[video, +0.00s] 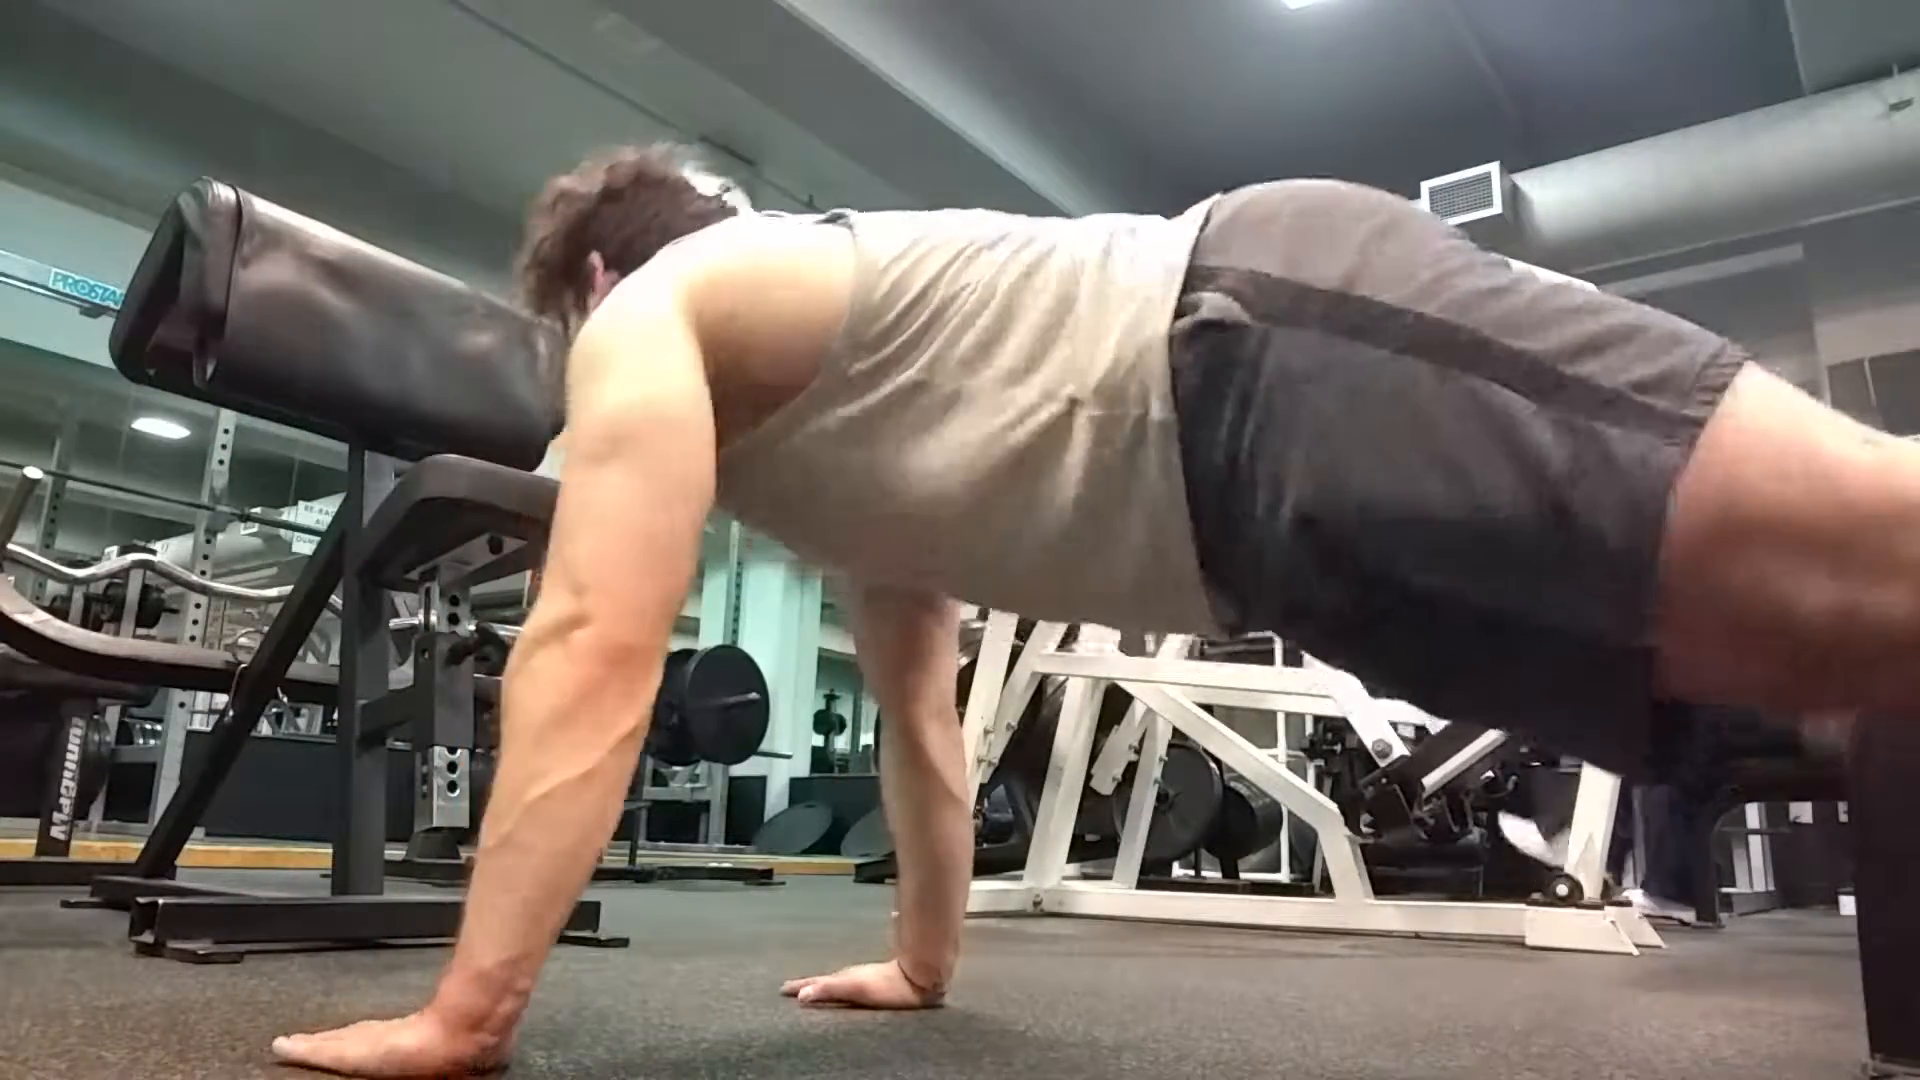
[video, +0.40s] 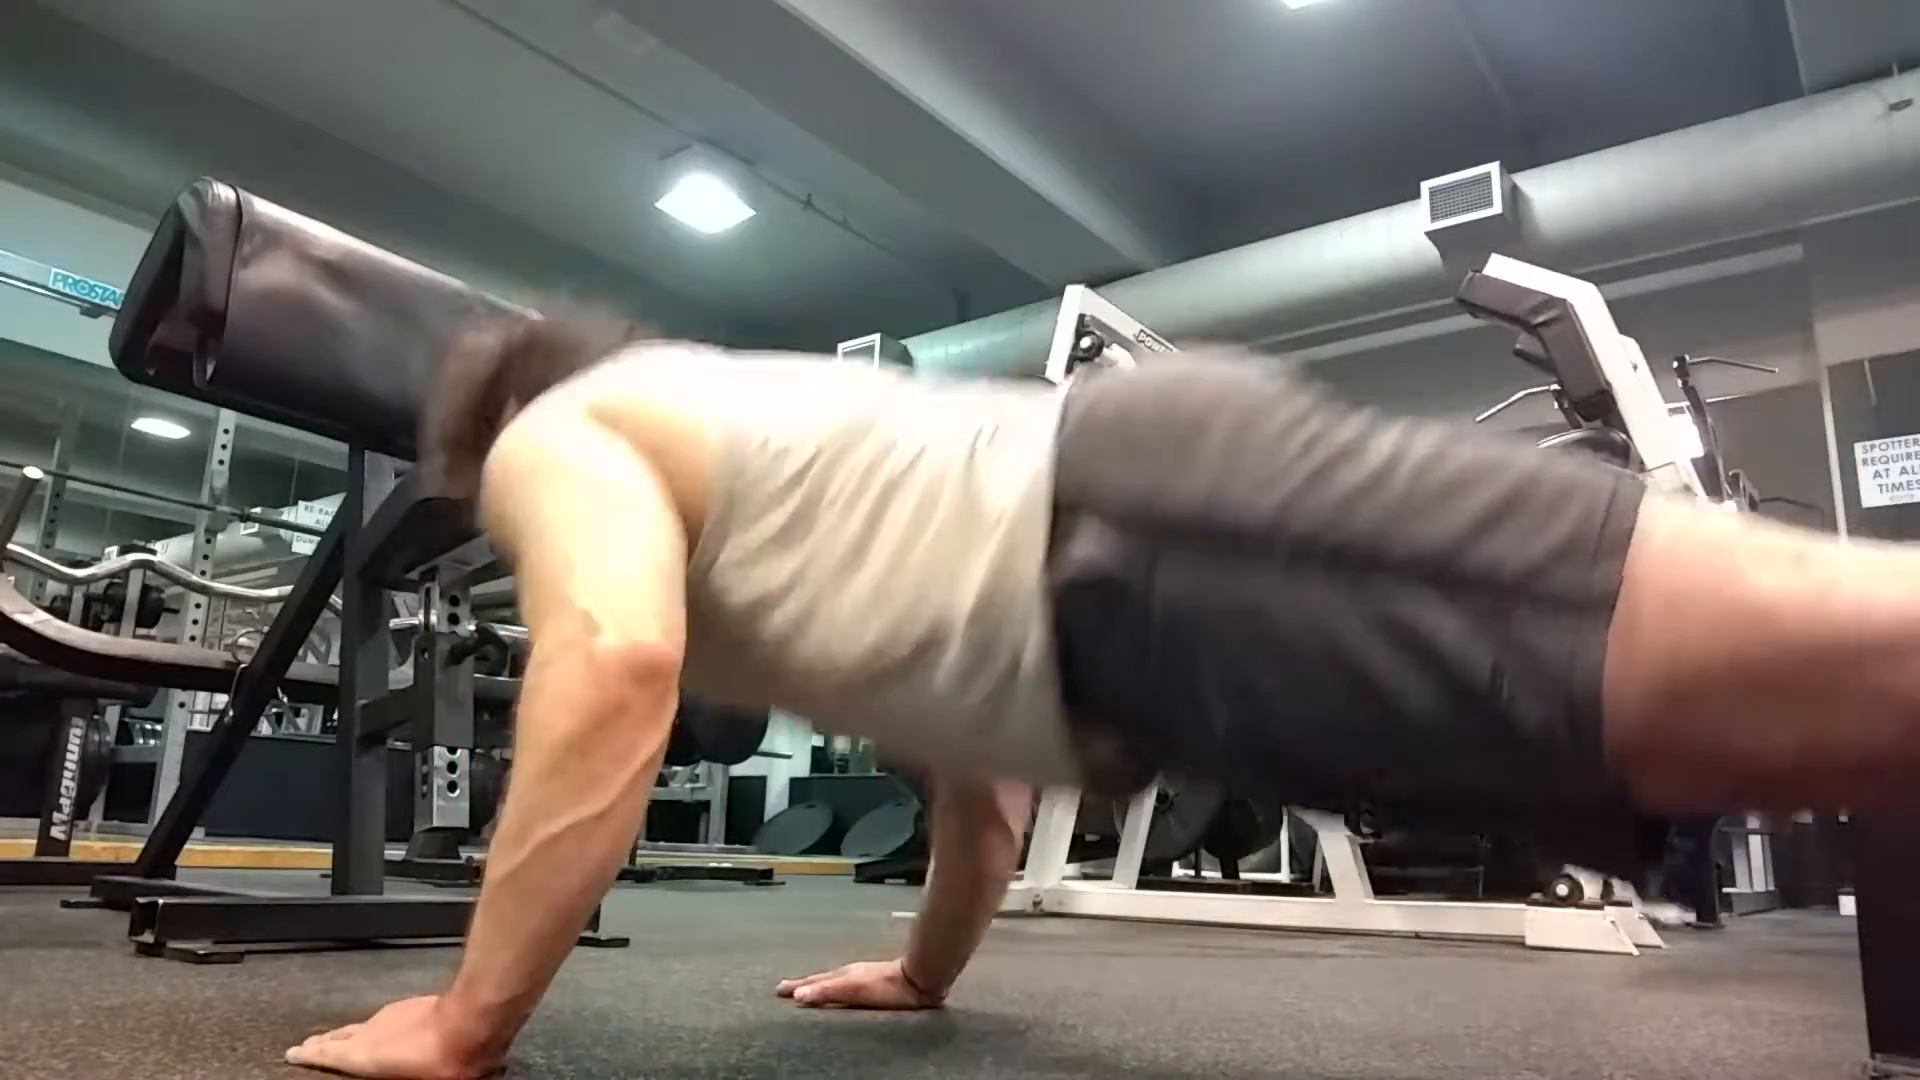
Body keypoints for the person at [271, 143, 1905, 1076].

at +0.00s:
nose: (575, 372)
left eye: (571, 333)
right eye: (565, 347)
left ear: (601, 280)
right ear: (705, 234)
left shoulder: (655, 315)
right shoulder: (858, 414)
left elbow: (594, 652)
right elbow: (915, 694)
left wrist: (465, 1006)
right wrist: (925, 960)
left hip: (1270, 364)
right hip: (1280, 542)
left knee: (1876, 557)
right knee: (1840, 694)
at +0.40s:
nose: (491, 536)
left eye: (477, 501)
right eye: (485, 510)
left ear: (497, 433)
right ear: (599, 375)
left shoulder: (556, 437)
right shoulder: (768, 435)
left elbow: (614, 672)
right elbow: (974, 726)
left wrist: (467, 1020)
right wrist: (929, 968)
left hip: (1142, 536)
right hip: (1145, 618)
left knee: (1815, 657)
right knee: (1758, 739)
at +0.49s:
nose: (433, 596)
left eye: (426, 564)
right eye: (425, 580)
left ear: (444, 492)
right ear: (556, 424)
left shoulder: (534, 492)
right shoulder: (720, 498)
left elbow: (611, 676)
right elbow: (985, 733)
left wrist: (469, 1010)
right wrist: (924, 975)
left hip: (1108, 601)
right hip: (1119, 666)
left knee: (1819, 692)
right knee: (1782, 766)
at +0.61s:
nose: (410, 701)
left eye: (400, 662)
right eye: (401, 682)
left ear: (422, 589)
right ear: (522, 530)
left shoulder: (492, 585)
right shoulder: (653, 573)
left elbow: (601, 693)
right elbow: (908, 704)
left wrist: (464, 1018)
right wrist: (933, 959)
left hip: (1064, 692)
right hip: (1079, 735)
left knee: (1765, 757)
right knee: (1741, 796)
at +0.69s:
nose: (408, 720)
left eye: (402, 679)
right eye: (409, 703)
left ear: (425, 604)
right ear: (528, 561)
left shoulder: (481, 619)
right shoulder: (649, 606)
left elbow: (598, 694)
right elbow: (896, 727)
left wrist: (461, 1020)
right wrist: (934, 957)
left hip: (1048, 716)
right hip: (1064, 811)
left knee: (1759, 788)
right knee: (1741, 818)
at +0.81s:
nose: (431, 849)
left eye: (408, 830)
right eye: (426, 828)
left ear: (403, 759)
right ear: (458, 717)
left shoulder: (447, 721)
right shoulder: (544, 755)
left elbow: (607, 697)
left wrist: (458, 1014)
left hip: (1020, 796)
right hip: (1034, 850)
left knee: (1718, 842)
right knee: (1709, 853)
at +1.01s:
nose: (436, 852)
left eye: (410, 833)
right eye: (430, 832)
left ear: (410, 750)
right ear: (450, 754)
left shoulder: (451, 711)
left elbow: (602, 691)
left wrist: (461, 1013)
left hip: (1006, 801)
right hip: (1012, 870)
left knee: (1734, 844)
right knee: (1722, 851)